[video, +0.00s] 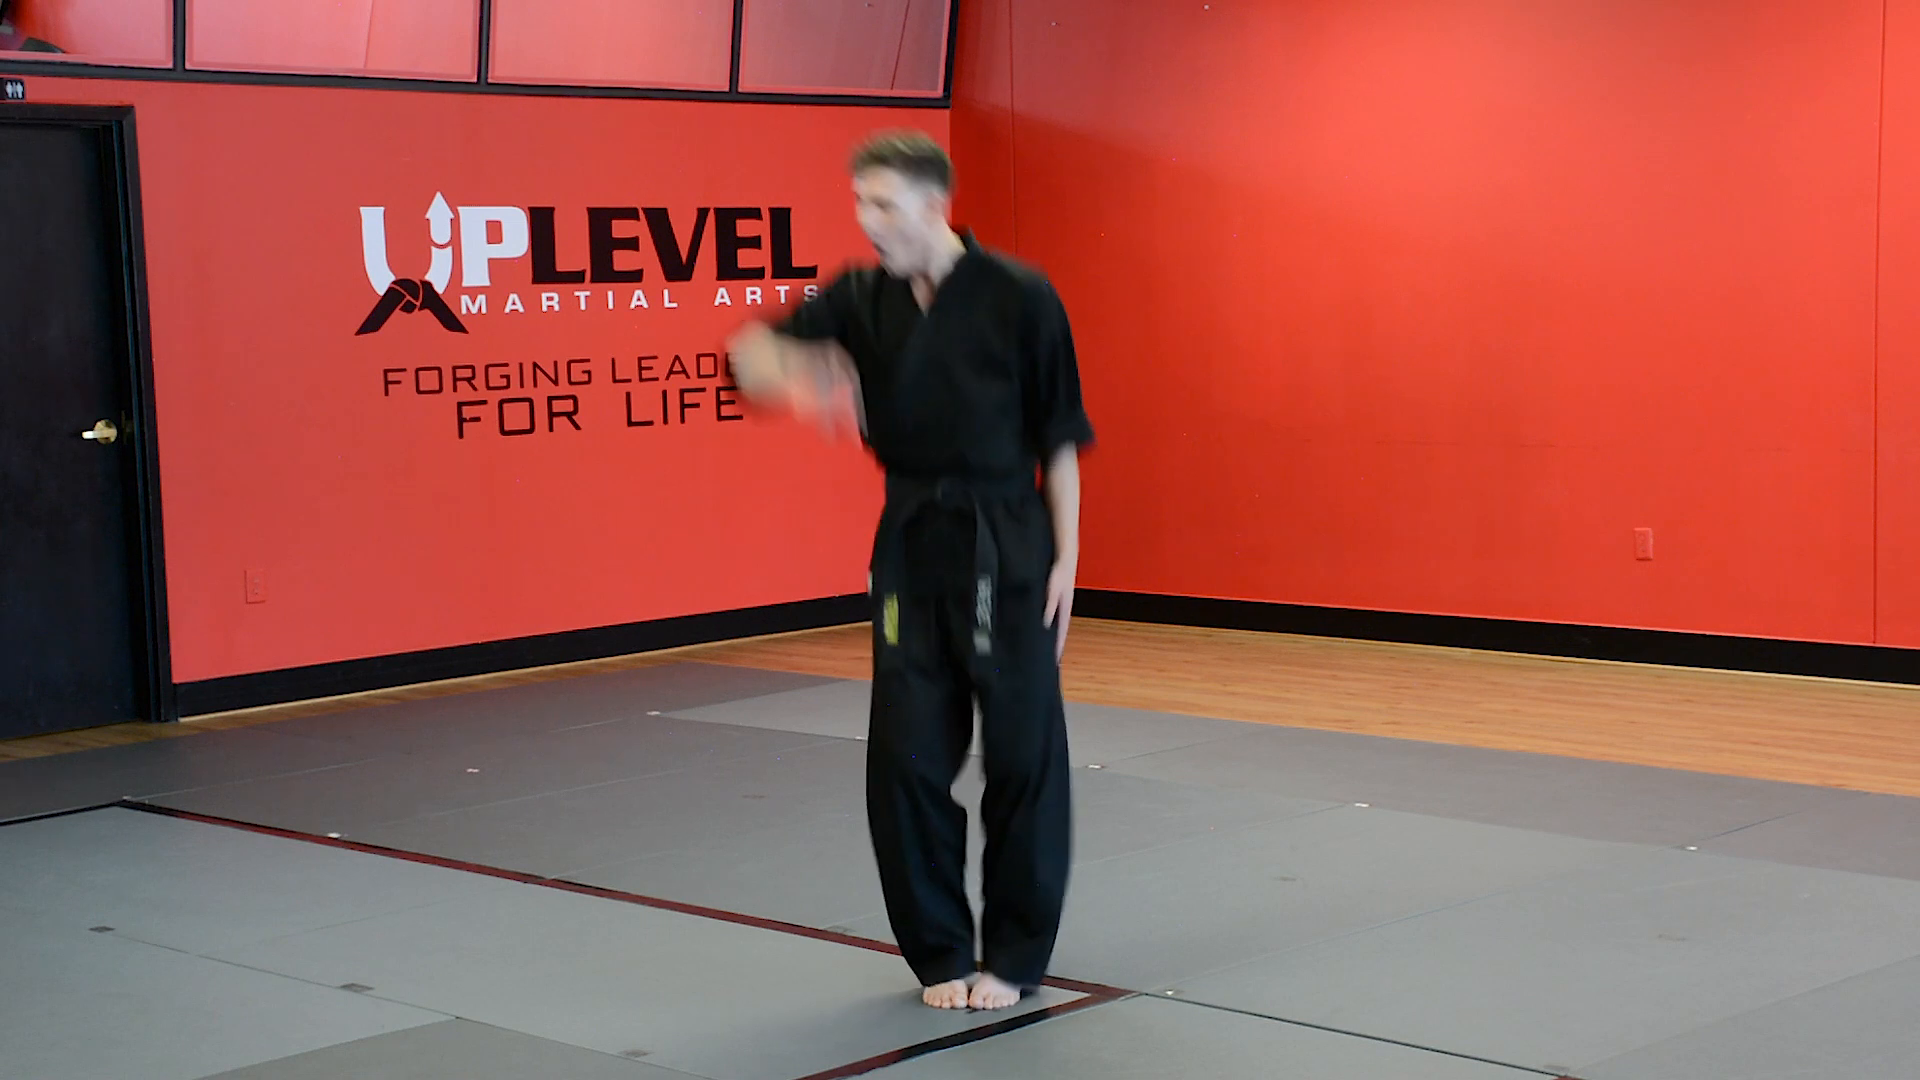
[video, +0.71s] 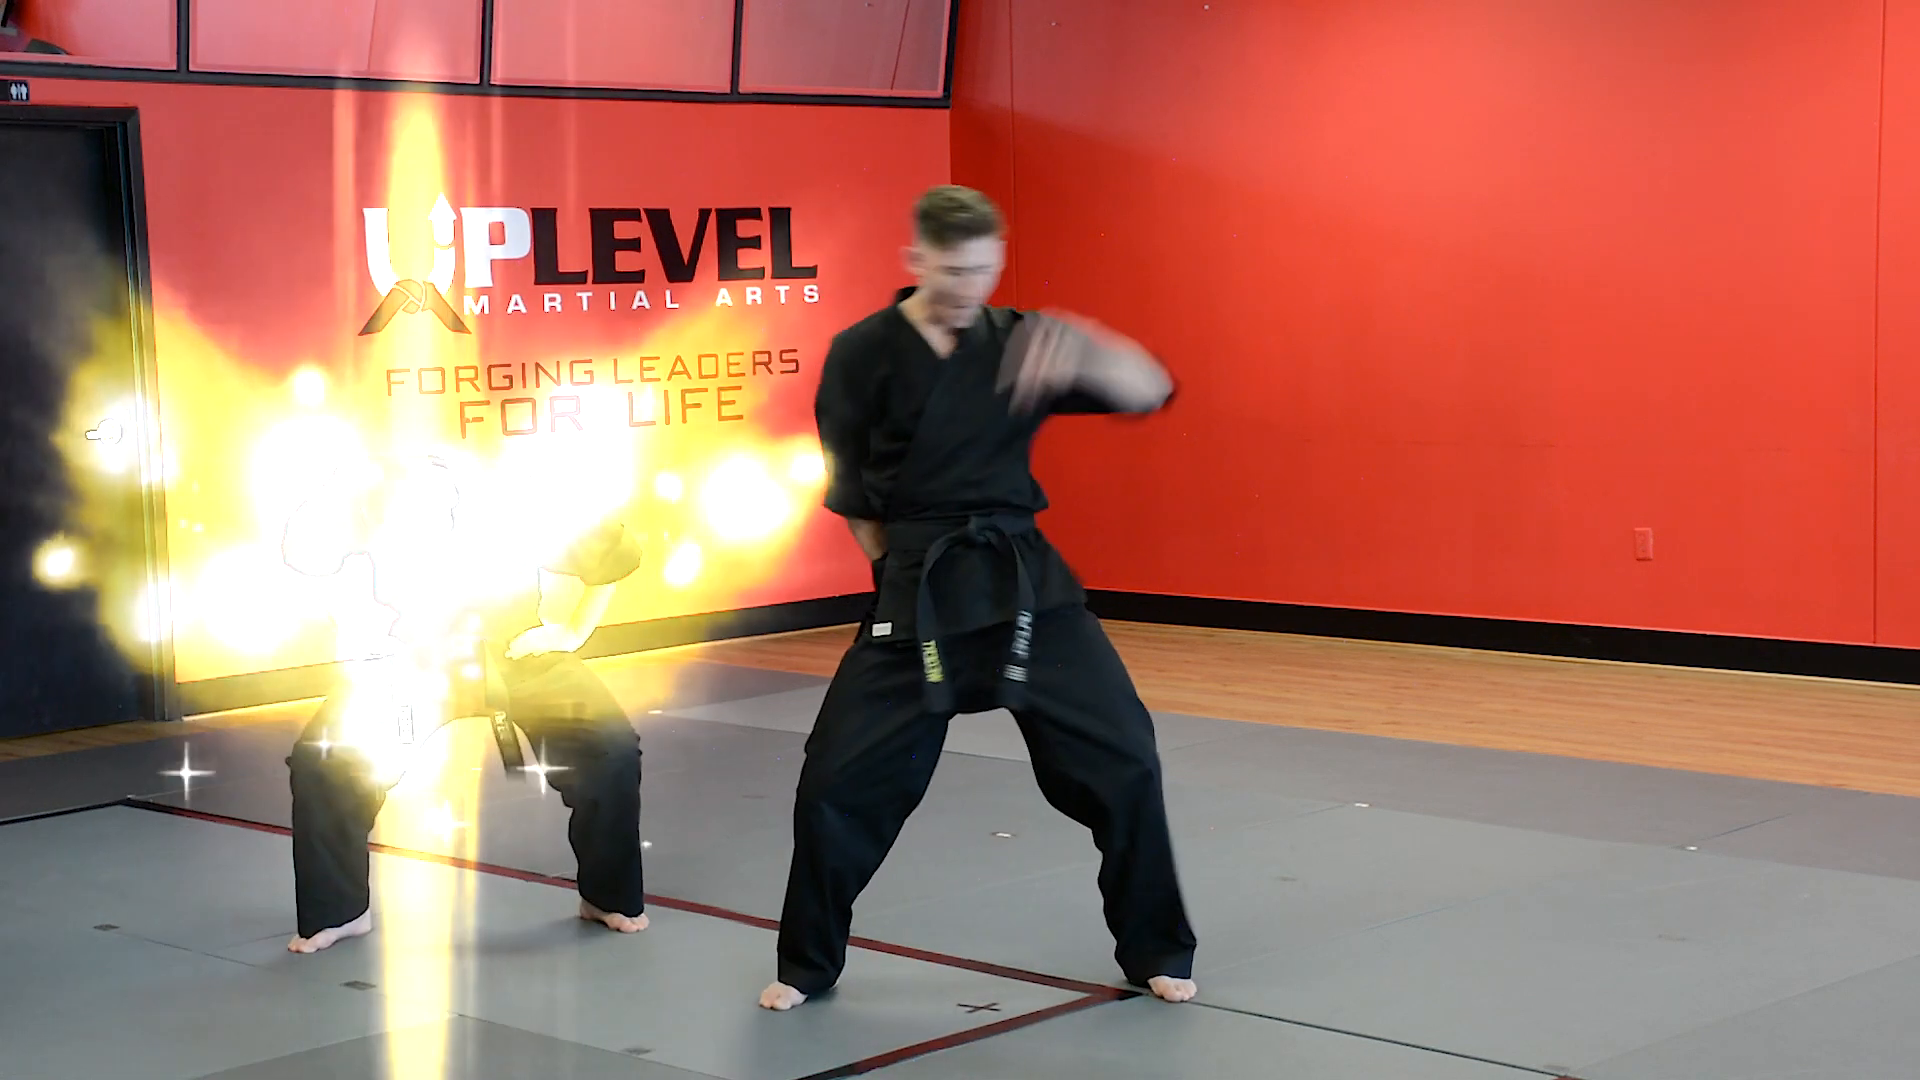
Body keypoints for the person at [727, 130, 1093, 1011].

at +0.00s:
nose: (868, 223)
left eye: (883, 206)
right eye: (861, 207)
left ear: (936, 202)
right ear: (862, 210)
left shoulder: (1021, 295)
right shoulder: (862, 295)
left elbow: (1059, 437)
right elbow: (750, 349)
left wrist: (1066, 560)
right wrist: (798, 379)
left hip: (1009, 537)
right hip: (910, 538)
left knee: (1025, 753)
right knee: (908, 756)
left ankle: (1015, 958)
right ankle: (942, 955)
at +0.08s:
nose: (842, 197)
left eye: (857, 181)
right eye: (837, 181)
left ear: (911, 178)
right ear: (843, 183)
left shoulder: (1002, 256)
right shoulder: (844, 266)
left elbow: (1061, 389)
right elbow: (720, 281)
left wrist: (1076, 513)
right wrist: (776, 267)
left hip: (1012, 511)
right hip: (912, 511)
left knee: (1042, 732)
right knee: (903, 735)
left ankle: (1036, 949)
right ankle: (911, 949)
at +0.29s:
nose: (833, 255)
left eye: (847, 237)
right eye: (827, 240)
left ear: (899, 234)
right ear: (833, 244)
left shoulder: (991, 315)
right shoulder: (838, 339)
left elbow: (1067, 441)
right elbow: (731, 394)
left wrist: (1080, 567)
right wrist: (721, 276)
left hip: (1010, 569)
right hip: (905, 574)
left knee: (1089, 766)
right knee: (846, 771)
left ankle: (1155, 954)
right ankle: (811, 963)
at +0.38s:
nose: (836, 283)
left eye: (849, 266)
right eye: (831, 267)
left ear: (904, 259)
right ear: (841, 266)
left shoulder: (1003, 338)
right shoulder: (847, 376)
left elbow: (1053, 476)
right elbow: (789, 482)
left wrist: (1073, 601)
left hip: (1016, 586)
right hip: (907, 593)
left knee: (1096, 775)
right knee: (826, 782)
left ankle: (1145, 953)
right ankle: (808, 964)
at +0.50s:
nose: (840, 287)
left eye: (855, 271)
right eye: (834, 270)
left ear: (908, 265)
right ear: (838, 269)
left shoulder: (1003, 339)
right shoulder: (846, 383)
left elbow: (1068, 467)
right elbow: (817, 526)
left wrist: (1086, 583)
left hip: (1022, 585)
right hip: (913, 593)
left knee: (1107, 771)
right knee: (831, 776)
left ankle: (1146, 951)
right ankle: (811, 964)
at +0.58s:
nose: (881, 291)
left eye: (899, 273)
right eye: (869, 272)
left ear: (940, 265)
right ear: (854, 269)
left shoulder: (1009, 339)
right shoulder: (843, 374)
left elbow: (1086, 451)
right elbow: (851, 524)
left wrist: (1067, 536)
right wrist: (837, 642)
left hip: (1028, 577)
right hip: (914, 588)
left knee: (1111, 766)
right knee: (835, 776)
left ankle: (1148, 950)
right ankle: (809, 964)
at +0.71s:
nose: (965, 295)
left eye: (980, 278)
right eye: (950, 277)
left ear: (997, 268)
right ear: (914, 259)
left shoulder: (1023, 342)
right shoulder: (862, 353)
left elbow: (1150, 389)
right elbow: (850, 492)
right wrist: (899, 579)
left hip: (1024, 577)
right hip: (914, 588)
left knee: (1125, 760)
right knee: (835, 781)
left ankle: (1155, 949)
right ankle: (807, 964)